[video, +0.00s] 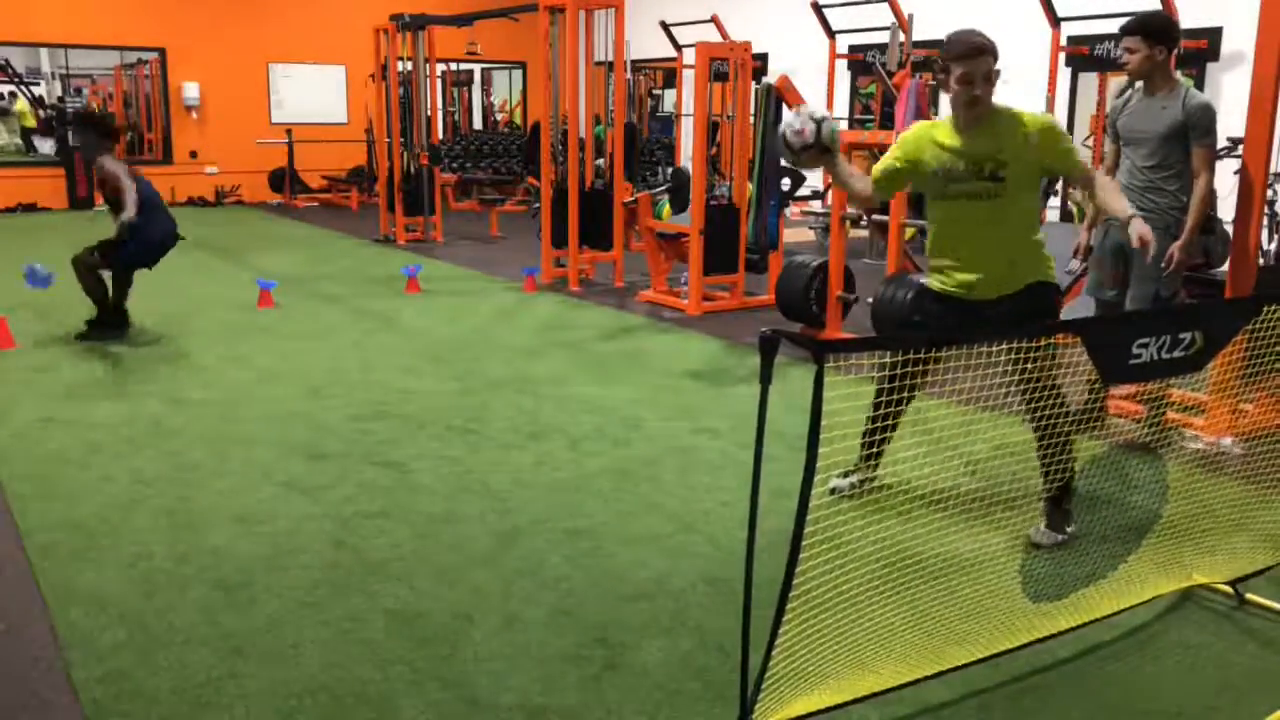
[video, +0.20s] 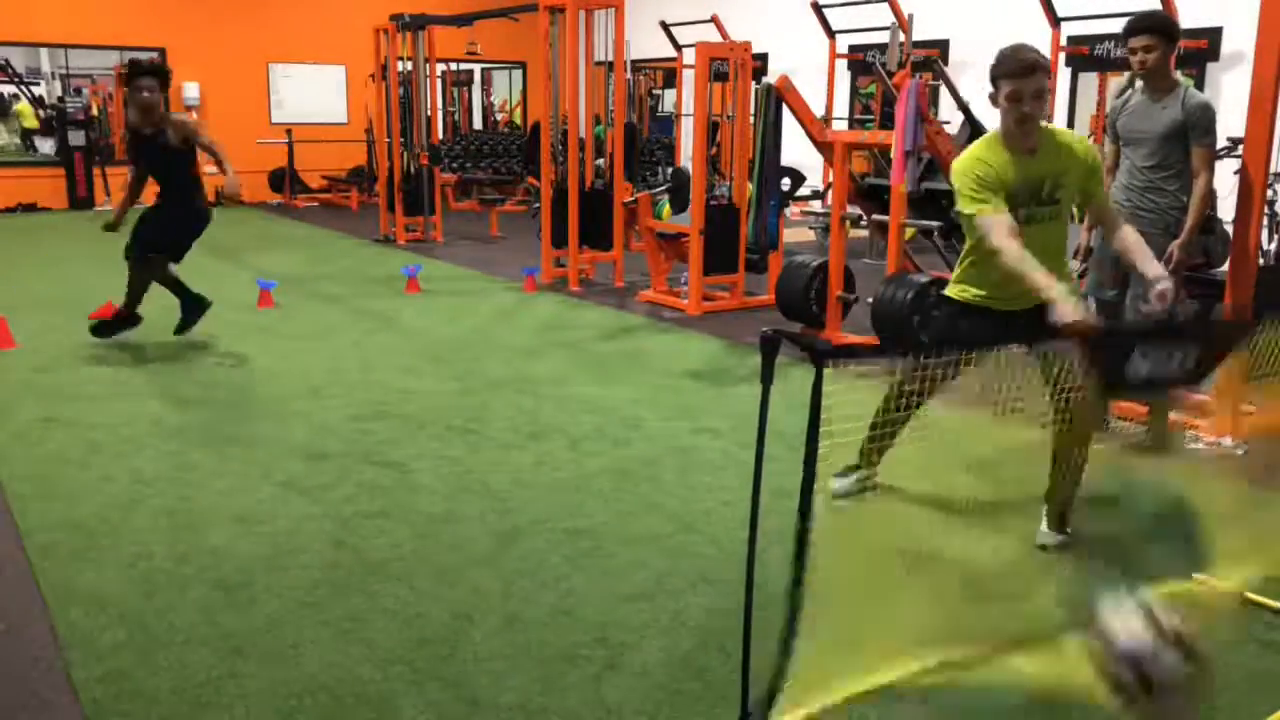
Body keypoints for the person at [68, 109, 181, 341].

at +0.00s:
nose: (78, 143)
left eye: (82, 137)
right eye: (78, 137)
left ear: (94, 141)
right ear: (108, 143)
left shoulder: (104, 163)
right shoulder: (120, 166)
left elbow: (128, 184)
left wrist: (127, 215)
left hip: (146, 233)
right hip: (165, 233)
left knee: (82, 262)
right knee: (122, 263)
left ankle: (106, 318)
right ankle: (117, 314)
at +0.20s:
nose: (146, 97)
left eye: (152, 91)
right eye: (140, 91)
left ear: (163, 96)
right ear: (130, 96)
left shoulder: (179, 127)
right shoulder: (136, 135)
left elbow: (213, 149)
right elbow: (138, 179)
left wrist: (231, 177)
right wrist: (119, 216)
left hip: (192, 206)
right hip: (165, 205)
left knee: (145, 257)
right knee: (137, 254)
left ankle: (128, 312)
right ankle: (190, 300)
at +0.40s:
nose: (221, 107)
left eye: (226, 100)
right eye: (213, 101)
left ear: (232, 105)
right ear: (199, 107)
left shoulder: (249, 149)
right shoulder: (187, 143)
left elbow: (259, 190)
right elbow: (146, 158)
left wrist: (244, 211)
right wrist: (101, 164)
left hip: (238, 219)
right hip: (204, 219)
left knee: (232, 266)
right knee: (192, 285)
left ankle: (240, 347)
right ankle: (216, 322)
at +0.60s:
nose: (278, 89)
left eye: (282, 82)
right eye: (269, 83)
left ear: (288, 87)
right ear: (251, 93)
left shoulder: (307, 128)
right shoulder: (246, 136)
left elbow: (328, 159)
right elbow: (206, 163)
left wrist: (324, 183)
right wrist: (161, 186)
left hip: (304, 220)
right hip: (269, 223)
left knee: (316, 282)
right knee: (270, 288)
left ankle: (274, 346)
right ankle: (235, 339)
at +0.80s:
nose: (356, 93)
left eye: (358, 86)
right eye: (346, 87)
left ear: (365, 92)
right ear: (327, 100)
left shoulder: (373, 139)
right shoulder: (320, 146)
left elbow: (368, 182)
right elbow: (288, 194)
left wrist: (391, 193)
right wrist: (273, 236)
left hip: (364, 232)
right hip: (330, 235)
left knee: (411, 283)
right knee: (345, 304)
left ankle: (431, 368)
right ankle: (302, 382)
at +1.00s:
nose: (426, 73)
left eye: (427, 66)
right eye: (415, 67)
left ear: (431, 73)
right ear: (394, 80)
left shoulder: (438, 121)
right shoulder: (385, 125)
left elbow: (438, 163)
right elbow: (363, 172)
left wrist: (452, 171)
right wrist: (388, 197)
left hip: (439, 220)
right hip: (407, 223)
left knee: (475, 287)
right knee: (439, 289)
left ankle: (468, 374)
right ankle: (404, 366)